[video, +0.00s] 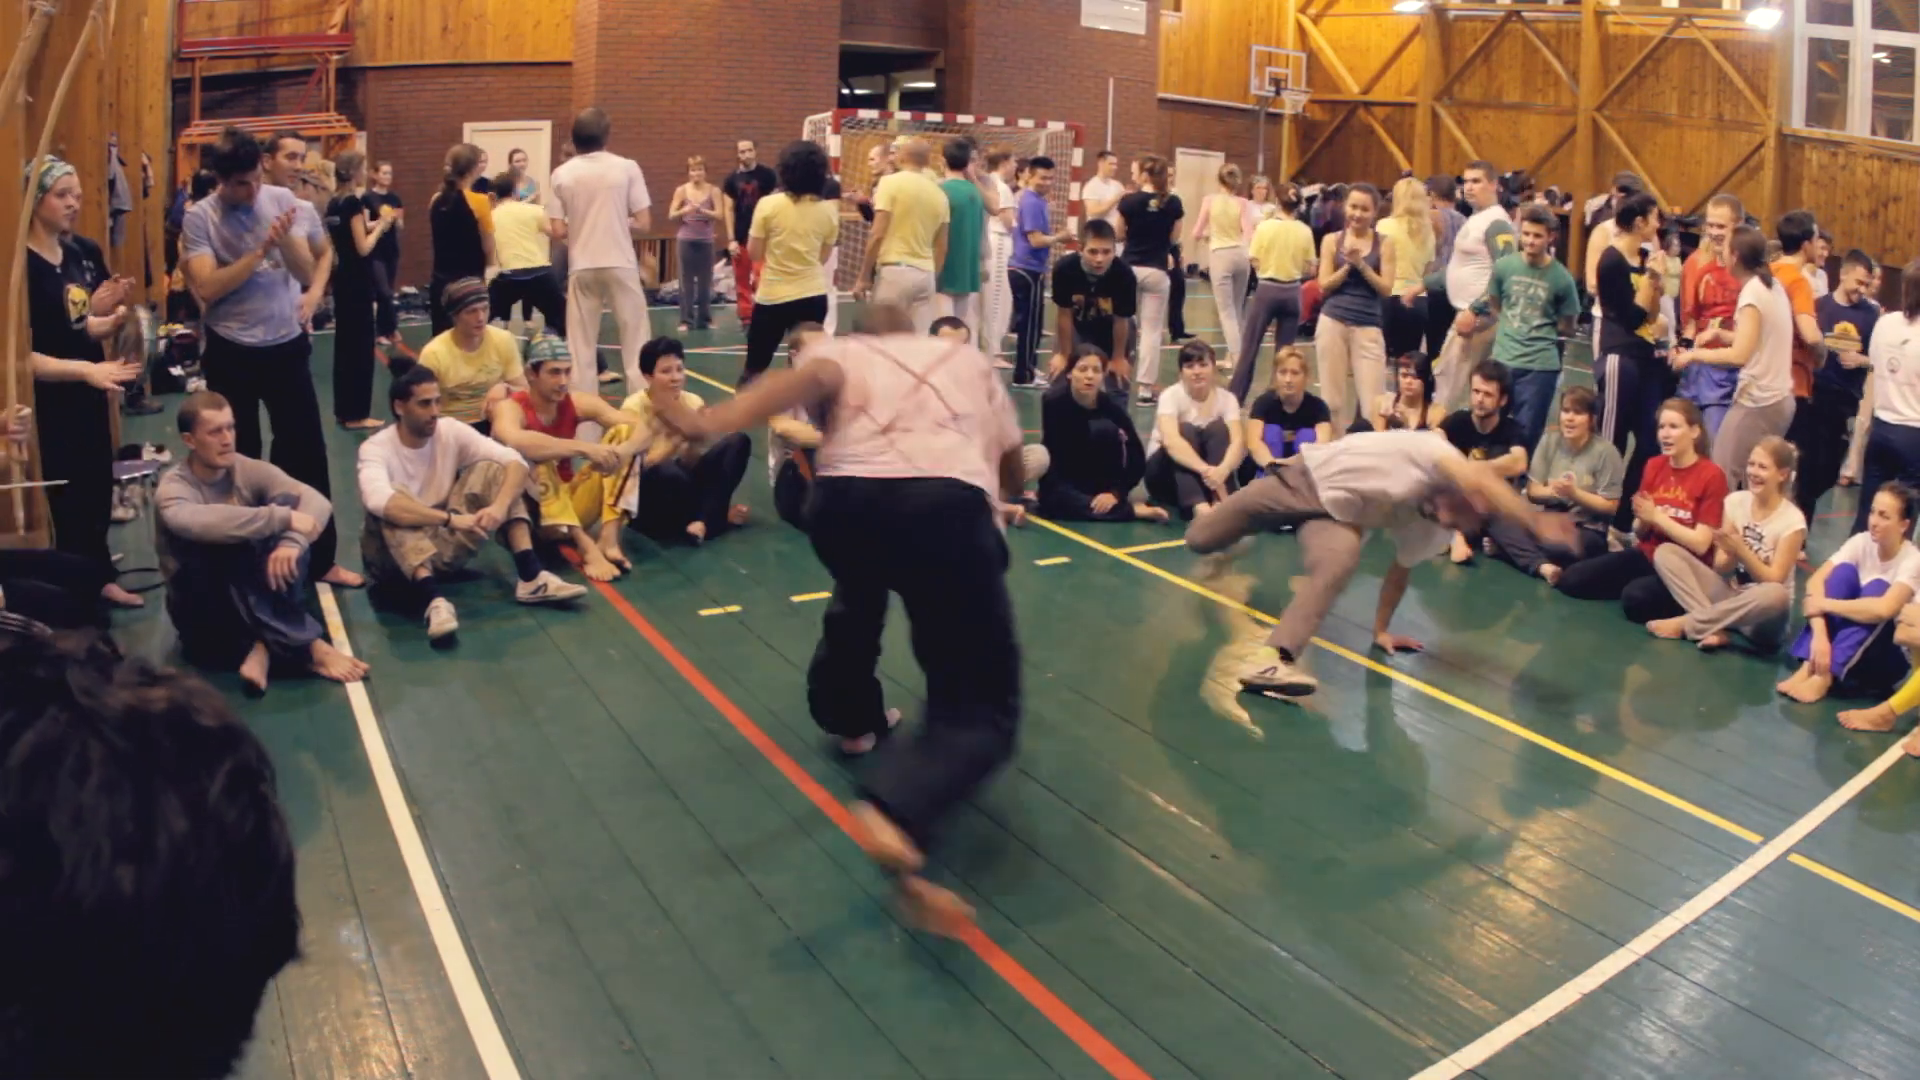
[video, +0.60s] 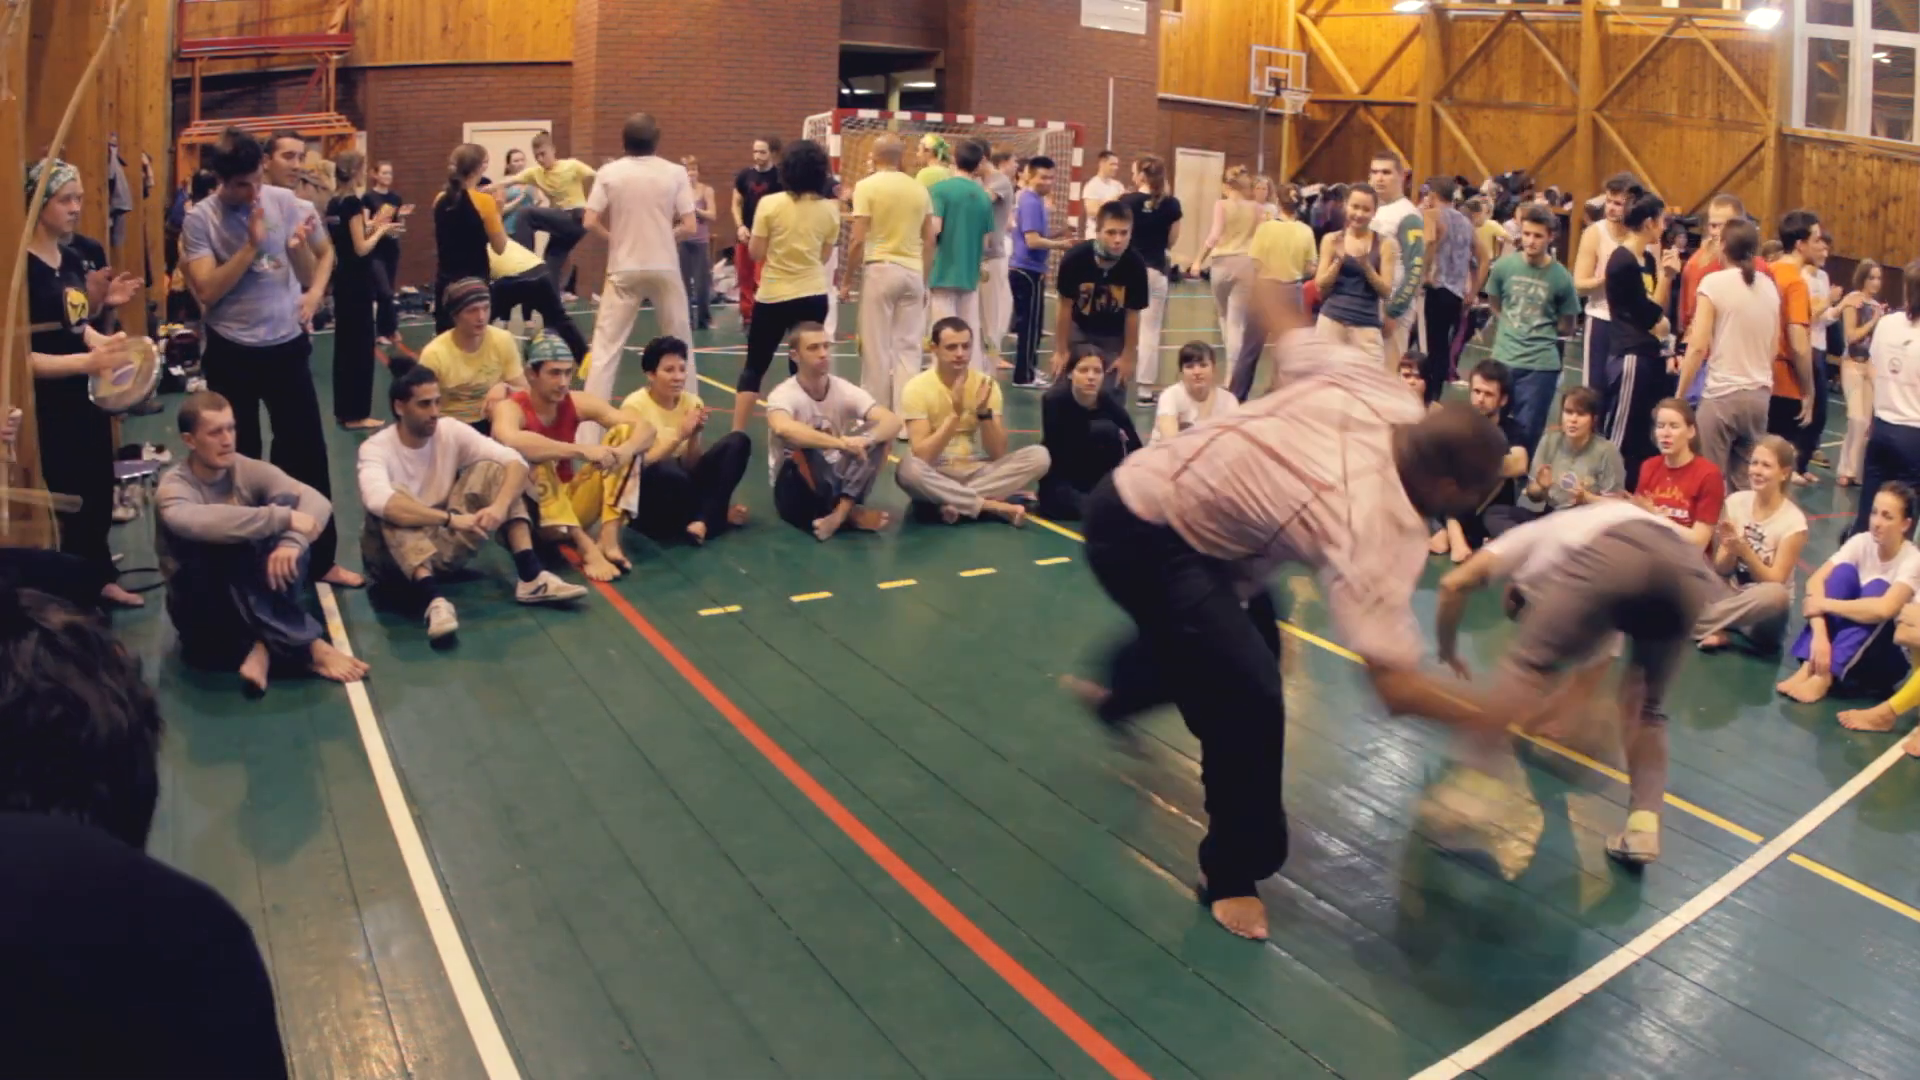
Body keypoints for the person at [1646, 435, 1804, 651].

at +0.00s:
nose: (1753, 472)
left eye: (1763, 467)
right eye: (1751, 464)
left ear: (1783, 475)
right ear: (1745, 466)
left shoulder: (1793, 520)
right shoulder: (1734, 501)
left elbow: (1775, 578)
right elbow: (1720, 566)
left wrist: (1739, 549)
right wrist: (1732, 552)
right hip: (1727, 596)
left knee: (1775, 594)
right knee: (1666, 552)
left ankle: (1685, 624)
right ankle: (1712, 629)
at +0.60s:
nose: (1757, 471)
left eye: (1766, 465)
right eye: (1754, 463)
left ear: (1784, 473)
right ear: (1748, 466)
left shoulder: (1794, 521)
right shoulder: (1734, 502)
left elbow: (1776, 578)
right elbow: (1720, 567)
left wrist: (1743, 551)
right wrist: (1730, 549)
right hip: (1726, 589)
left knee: (1774, 594)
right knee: (1685, 555)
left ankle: (1690, 624)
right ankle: (1709, 631)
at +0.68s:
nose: (1758, 471)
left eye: (1767, 465)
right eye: (1755, 463)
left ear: (1785, 473)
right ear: (1748, 466)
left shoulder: (1794, 521)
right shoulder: (1734, 502)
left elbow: (1777, 576)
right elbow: (1721, 546)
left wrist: (1742, 547)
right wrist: (1722, 536)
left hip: (1765, 589)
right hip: (1728, 582)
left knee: (1773, 591)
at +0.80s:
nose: (1758, 472)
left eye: (1768, 466)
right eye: (1755, 463)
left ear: (1785, 473)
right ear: (1749, 465)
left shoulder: (1794, 523)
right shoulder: (1733, 503)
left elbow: (1781, 577)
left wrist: (1745, 552)